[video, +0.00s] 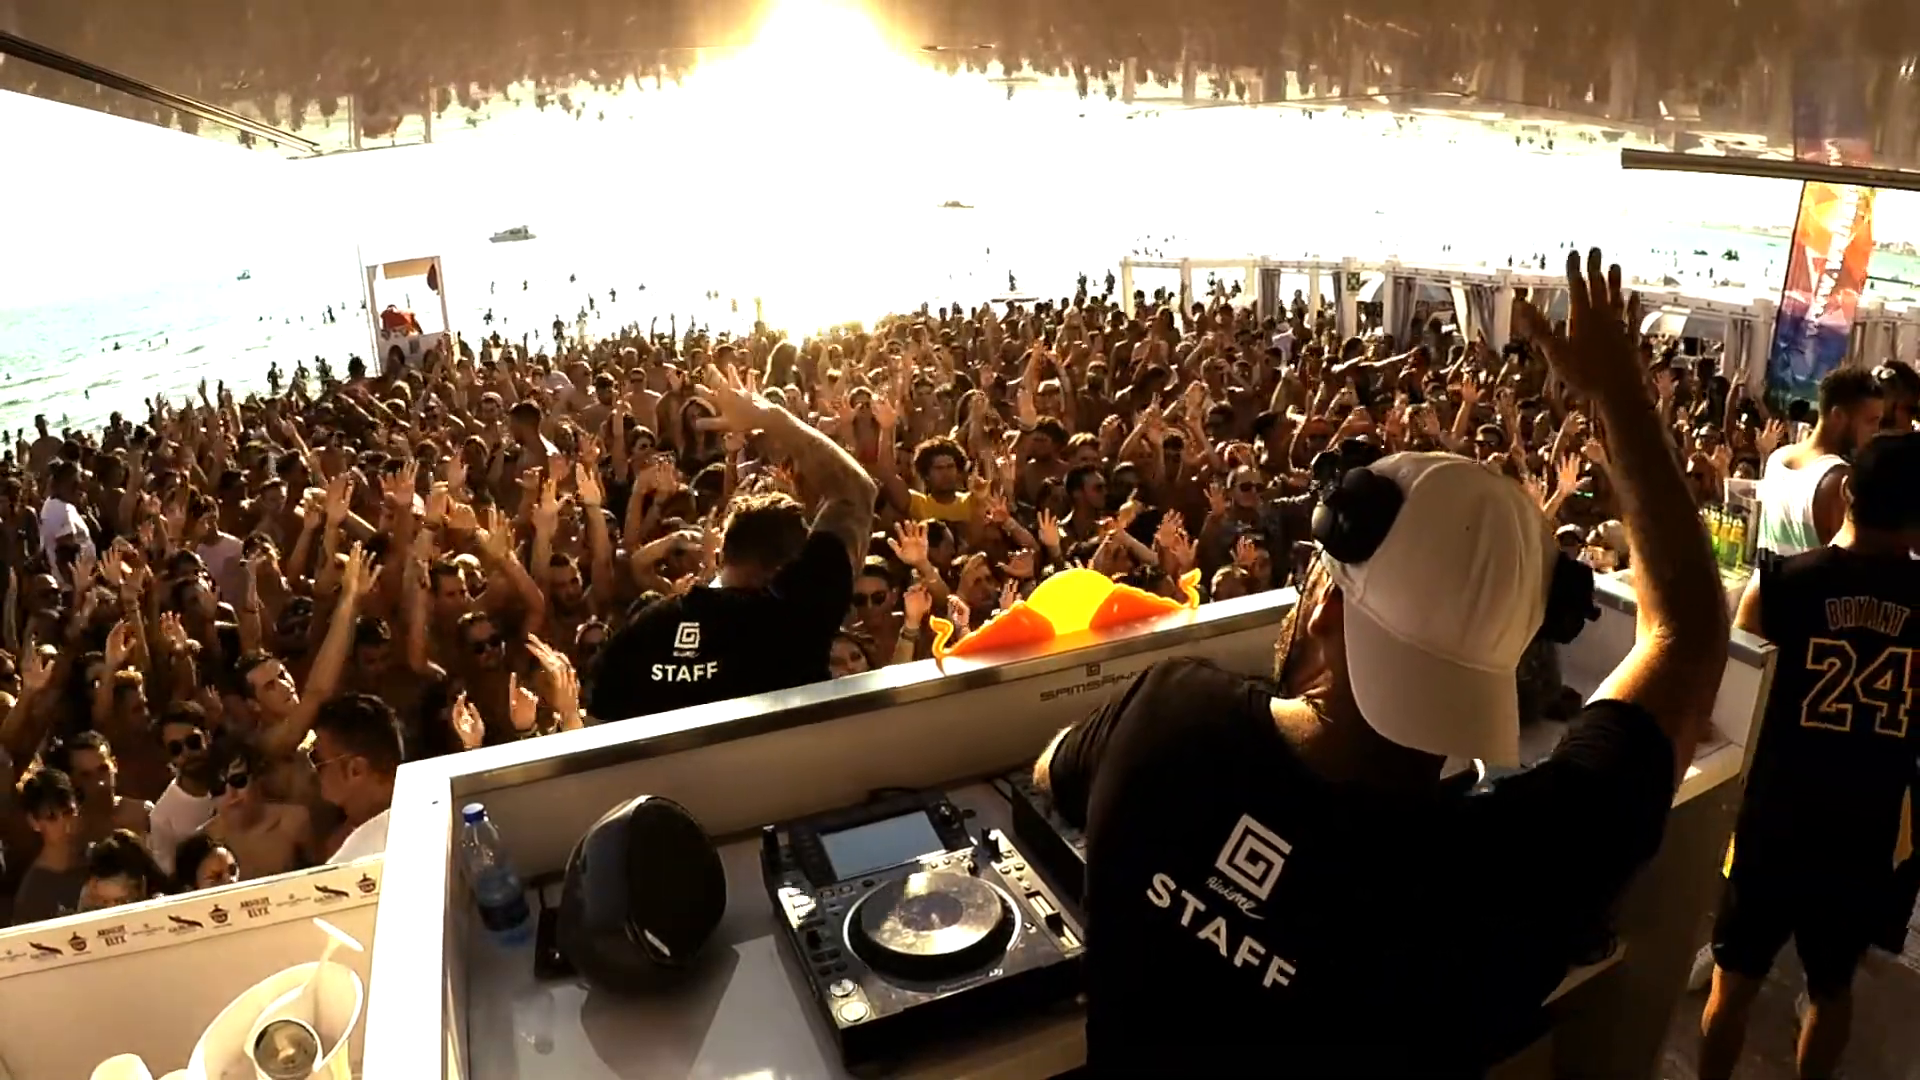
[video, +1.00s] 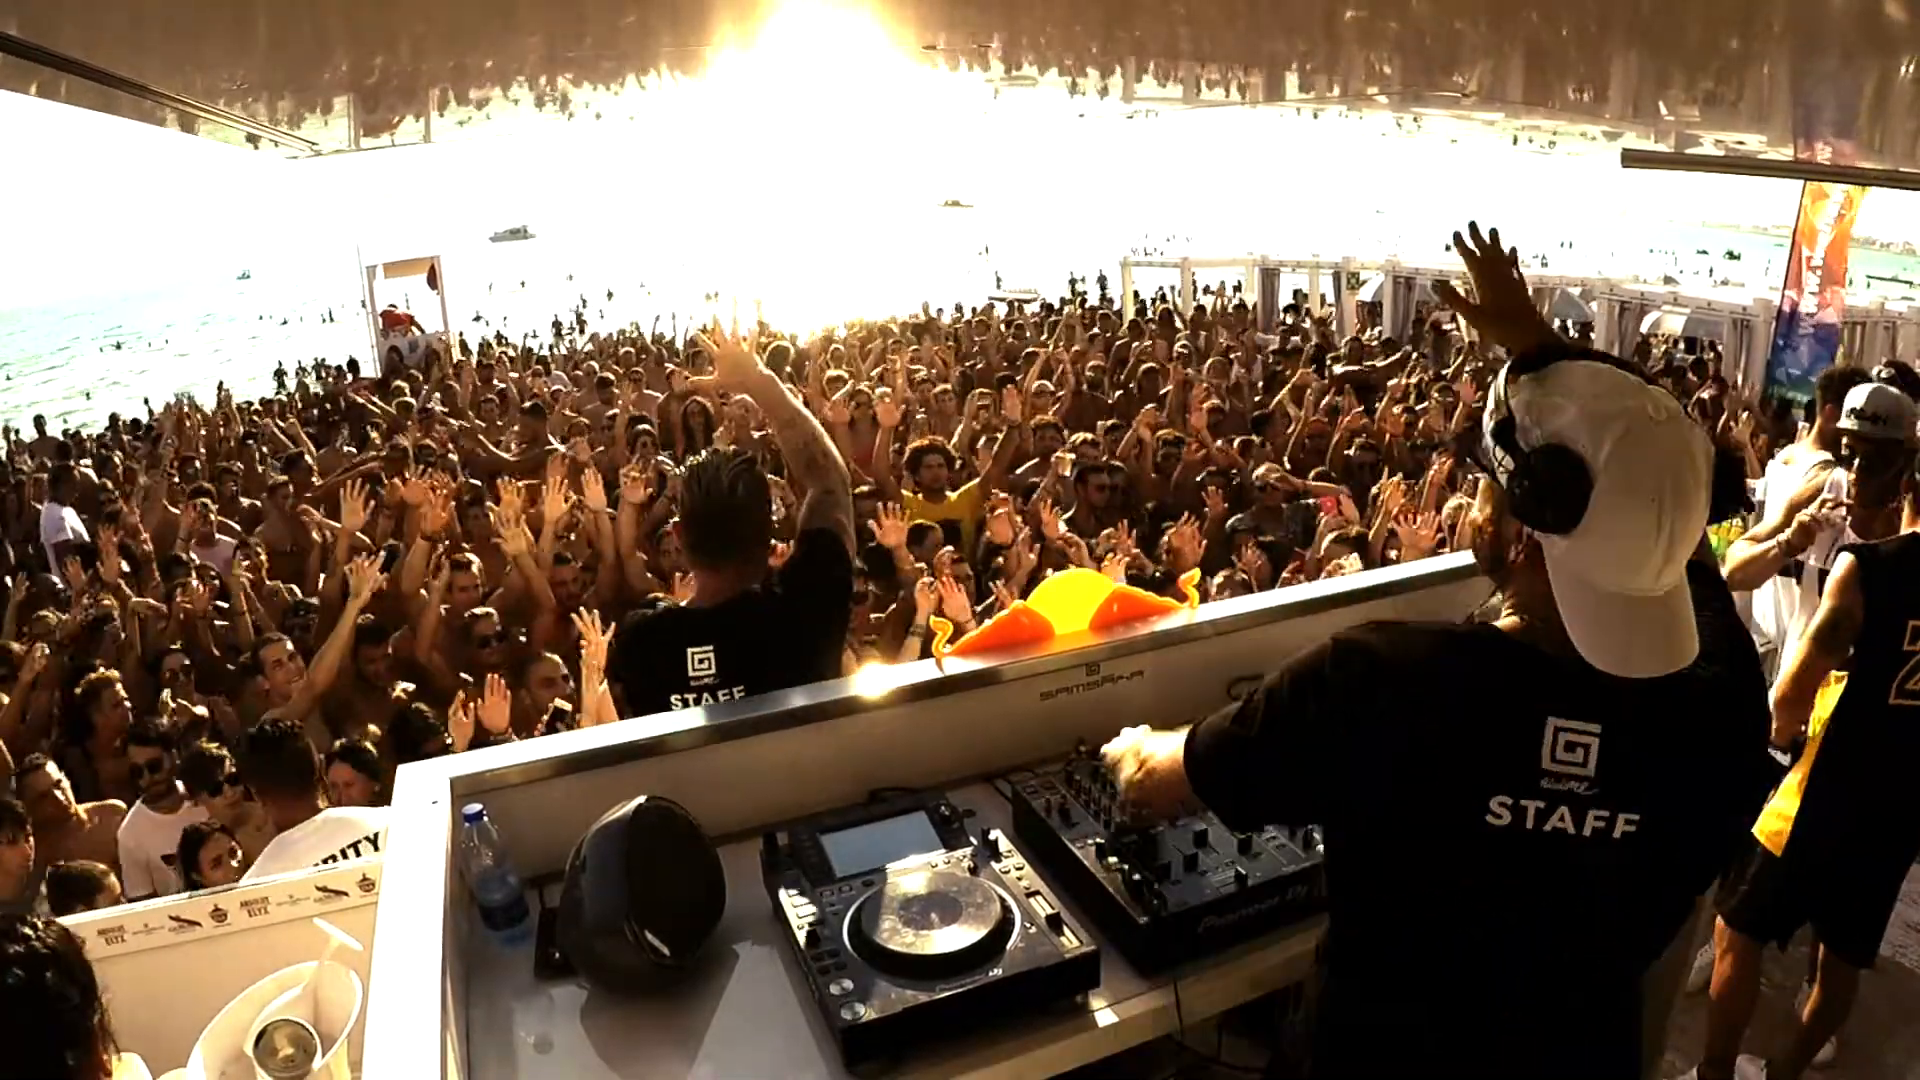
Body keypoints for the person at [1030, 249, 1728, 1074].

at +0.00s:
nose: (1311, 582)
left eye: (1321, 575)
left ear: (1327, 611)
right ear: (1500, 662)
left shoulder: (1169, 716)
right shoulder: (1507, 873)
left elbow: (1055, 778)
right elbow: (1688, 633)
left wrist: (1277, 676)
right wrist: (1623, 398)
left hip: (1137, 1049)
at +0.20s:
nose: (1308, 570)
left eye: (1318, 561)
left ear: (1322, 597)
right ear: (1495, 646)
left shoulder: (1172, 706)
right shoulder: (1498, 863)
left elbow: (1050, 780)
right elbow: (1683, 621)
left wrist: (1289, 672)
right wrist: (1616, 389)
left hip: (1139, 1063)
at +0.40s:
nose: (1314, 568)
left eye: (1325, 552)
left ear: (1333, 587)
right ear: (1494, 631)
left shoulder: (1181, 706)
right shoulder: (1507, 844)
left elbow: (1037, 795)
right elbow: (1673, 624)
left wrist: (1181, 825)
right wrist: (1586, 417)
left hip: (1150, 1057)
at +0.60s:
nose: (1334, 541)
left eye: (1347, 522)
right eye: (1351, 520)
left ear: (1357, 557)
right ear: (1523, 586)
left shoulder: (1215, 688)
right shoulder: (1579, 782)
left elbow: (1054, 784)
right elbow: (1667, 582)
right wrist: (1570, 385)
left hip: (1199, 1049)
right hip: (1446, 1069)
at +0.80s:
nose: (1390, 525)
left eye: (1402, 510)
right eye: (1404, 502)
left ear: (1422, 557)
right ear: (1576, 567)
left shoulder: (1298, 698)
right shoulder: (1643, 762)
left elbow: (1094, 790)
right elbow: (1650, 554)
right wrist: (1543, 404)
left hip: (1283, 1053)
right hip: (1520, 1066)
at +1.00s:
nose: (1474, 495)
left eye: (1489, 483)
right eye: (1486, 475)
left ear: (1521, 543)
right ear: (1663, 536)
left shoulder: (1385, 678)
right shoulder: (1717, 725)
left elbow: (1158, 786)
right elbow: (1671, 515)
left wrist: (1133, 750)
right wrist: (1542, 351)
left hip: (1368, 1054)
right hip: (1588, 1063)